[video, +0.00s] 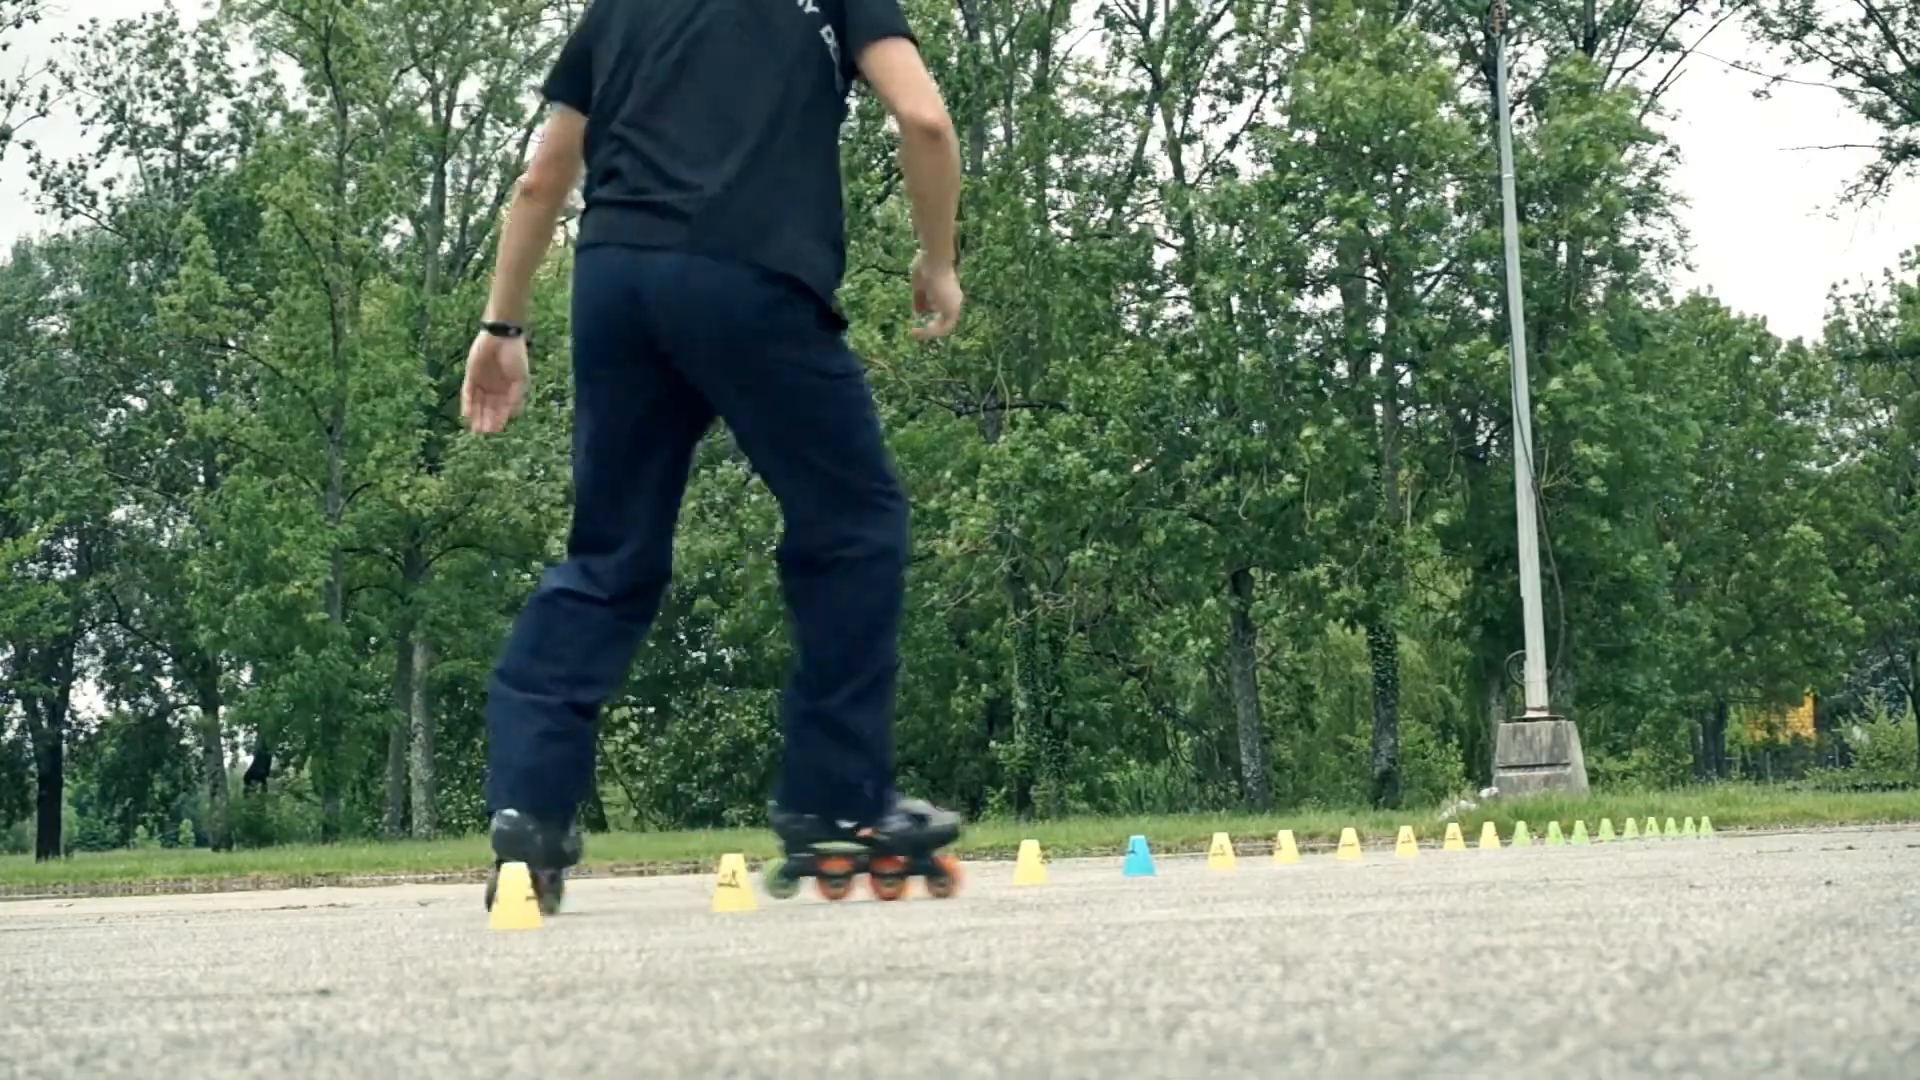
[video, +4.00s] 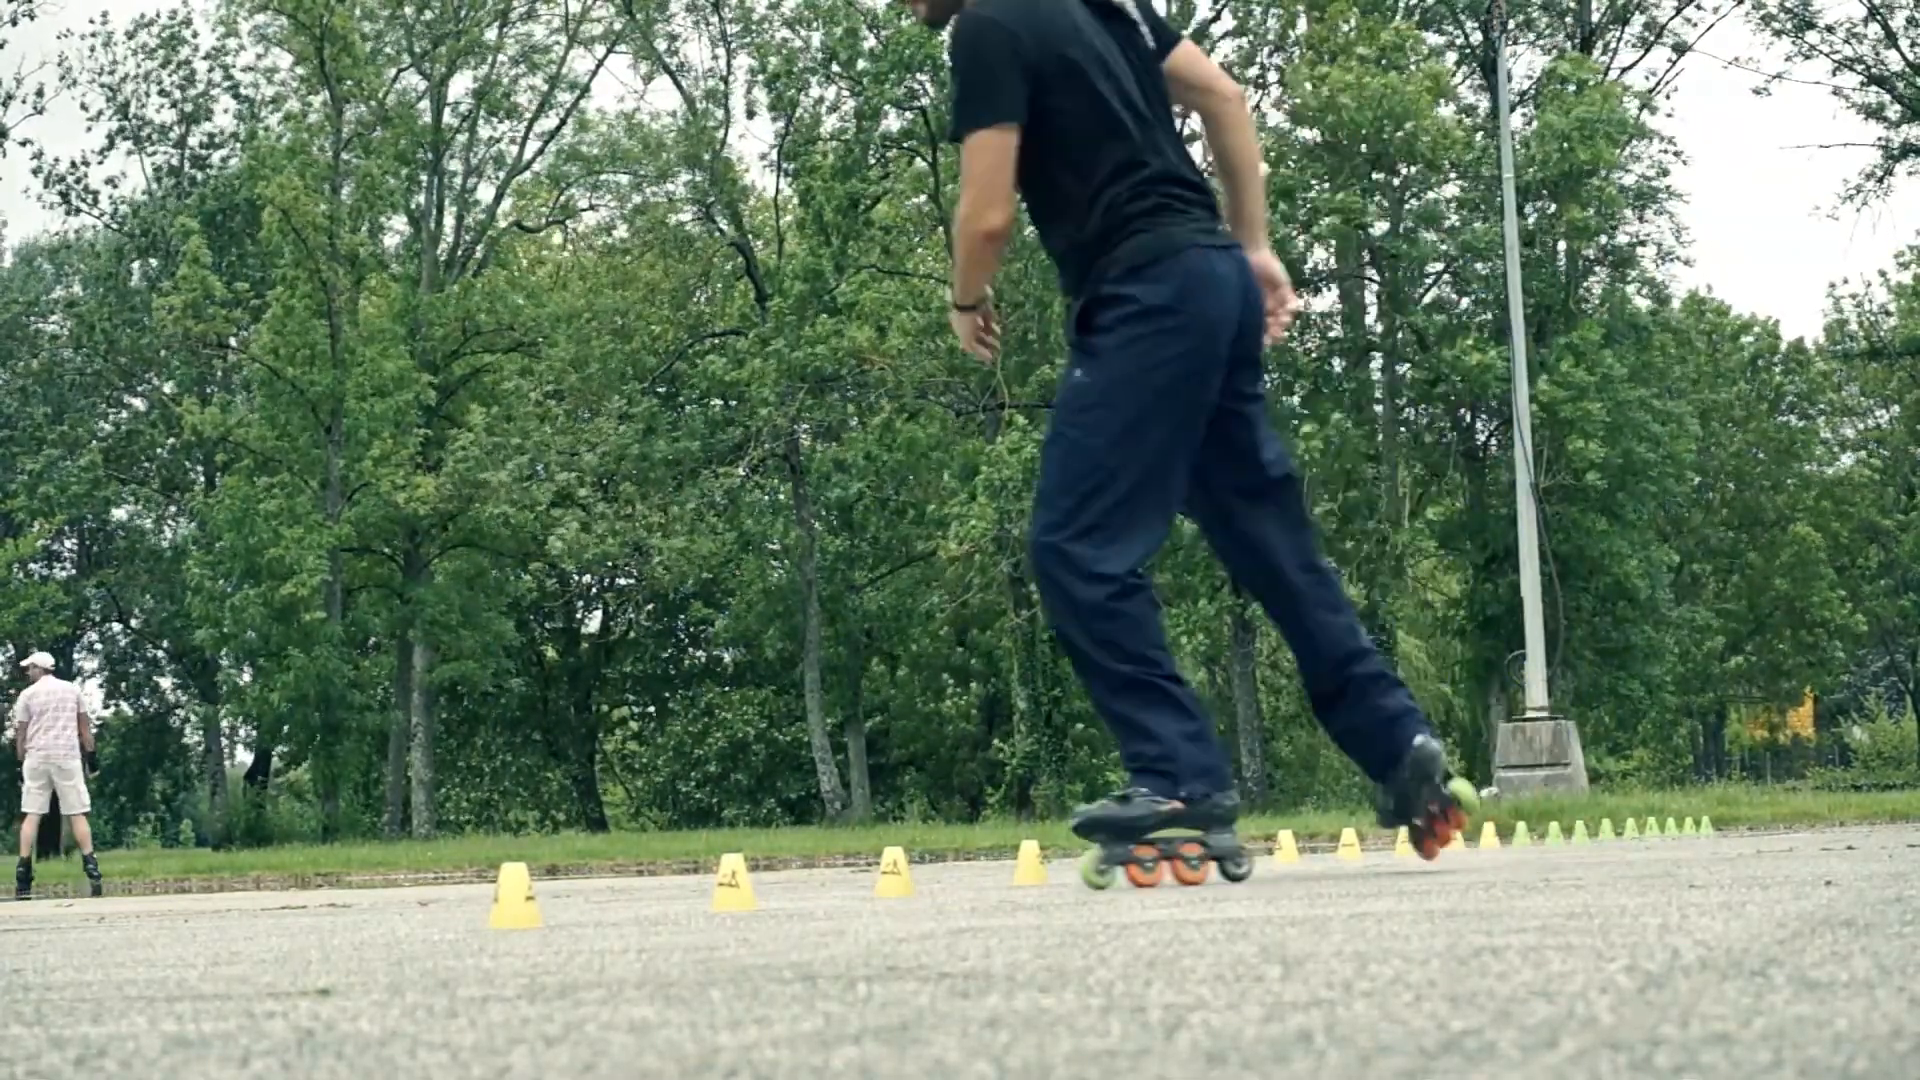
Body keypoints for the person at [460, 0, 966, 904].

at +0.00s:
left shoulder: (615, 9)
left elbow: (542, 175)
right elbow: (925, 115)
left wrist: (502, 320)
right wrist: (939, 258)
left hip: (611, 281)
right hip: (751, 281)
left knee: (608, 555)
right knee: (854, 524)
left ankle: (529, 804)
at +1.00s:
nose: (831, 152)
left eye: (834, 129)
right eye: (821, 137)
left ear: (881, 107)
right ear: (866, 127)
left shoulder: (962, 167)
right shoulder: (910, 209)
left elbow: (886, 61)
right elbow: (926, 278)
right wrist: (885, 278)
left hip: (1016, 456)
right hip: (937, 441)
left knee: (891, 636)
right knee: (787, 521)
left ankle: (875, 818)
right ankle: (651, 691)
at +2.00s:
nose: (1654, 99)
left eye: (1648, 87)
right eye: (1642, 87)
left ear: (1554, 99)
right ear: (1604, 89)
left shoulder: (1494, 187)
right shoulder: (1613, 117)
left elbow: (1447, 317)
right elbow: (1752, 55)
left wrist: (1415, 396)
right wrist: (1795, 9)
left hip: (1503, 427)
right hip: (1593, 409)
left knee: (1670, 615)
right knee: (1655, 620)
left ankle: (1782, 793)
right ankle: (1484, 729)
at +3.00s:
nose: (1260, 33)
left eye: (1274, 14)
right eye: (1249, 19)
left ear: (1332, 1)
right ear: (1248, 16)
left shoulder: (1405, 90)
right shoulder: (1277, 96)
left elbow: (1483, 239)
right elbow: (1216, 208)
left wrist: (1429, 365)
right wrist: (1128, 306)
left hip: (1391, 394)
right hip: (1307, 410)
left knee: (1281, 584)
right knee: (1306, 611)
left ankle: (1217, 792)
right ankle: (1507, 740)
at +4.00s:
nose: (907, 6)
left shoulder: (986, 25)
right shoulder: (1101, 8)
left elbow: (987, 215)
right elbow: (1220, 94)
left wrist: (967, 301)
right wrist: (1252, 242)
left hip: (1152, 294)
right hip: (1221, 282)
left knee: (1076, 548)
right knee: (1269, 538)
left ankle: (1180, 777)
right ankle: (1395, 743)